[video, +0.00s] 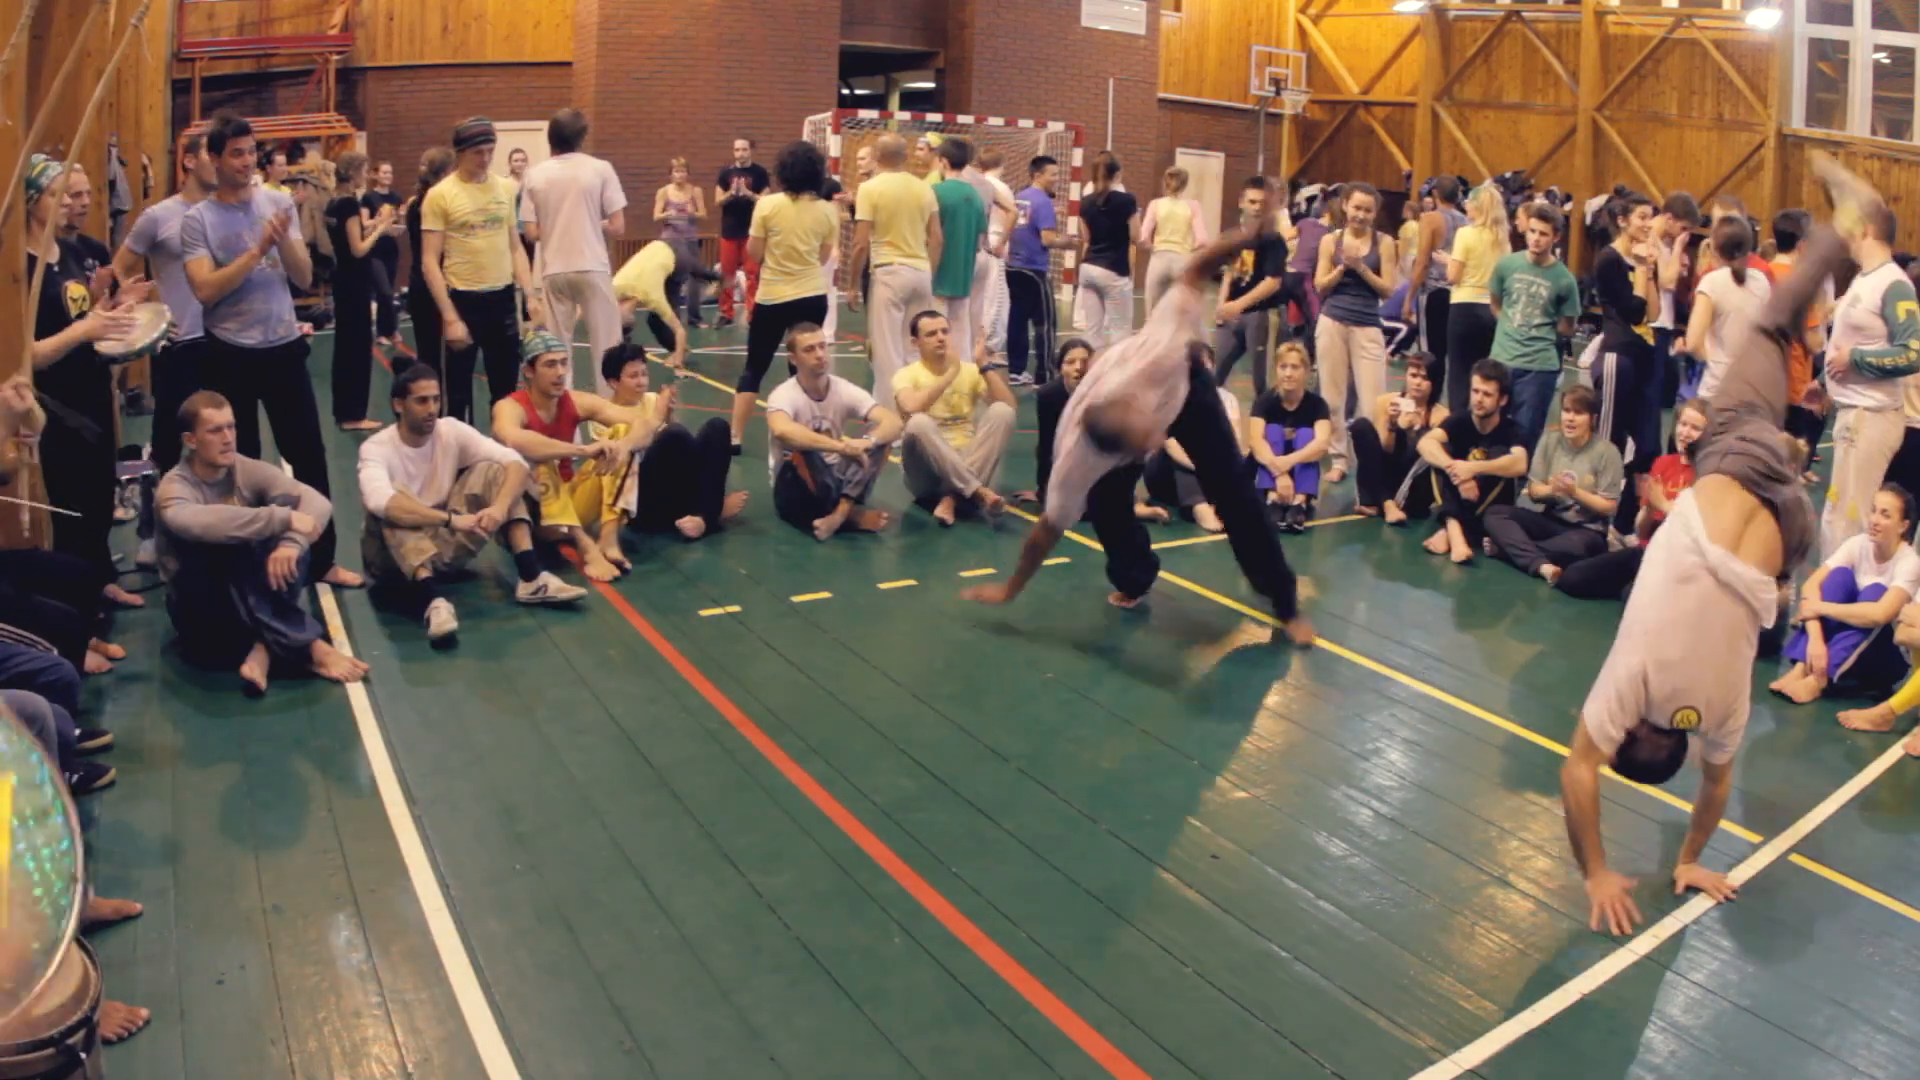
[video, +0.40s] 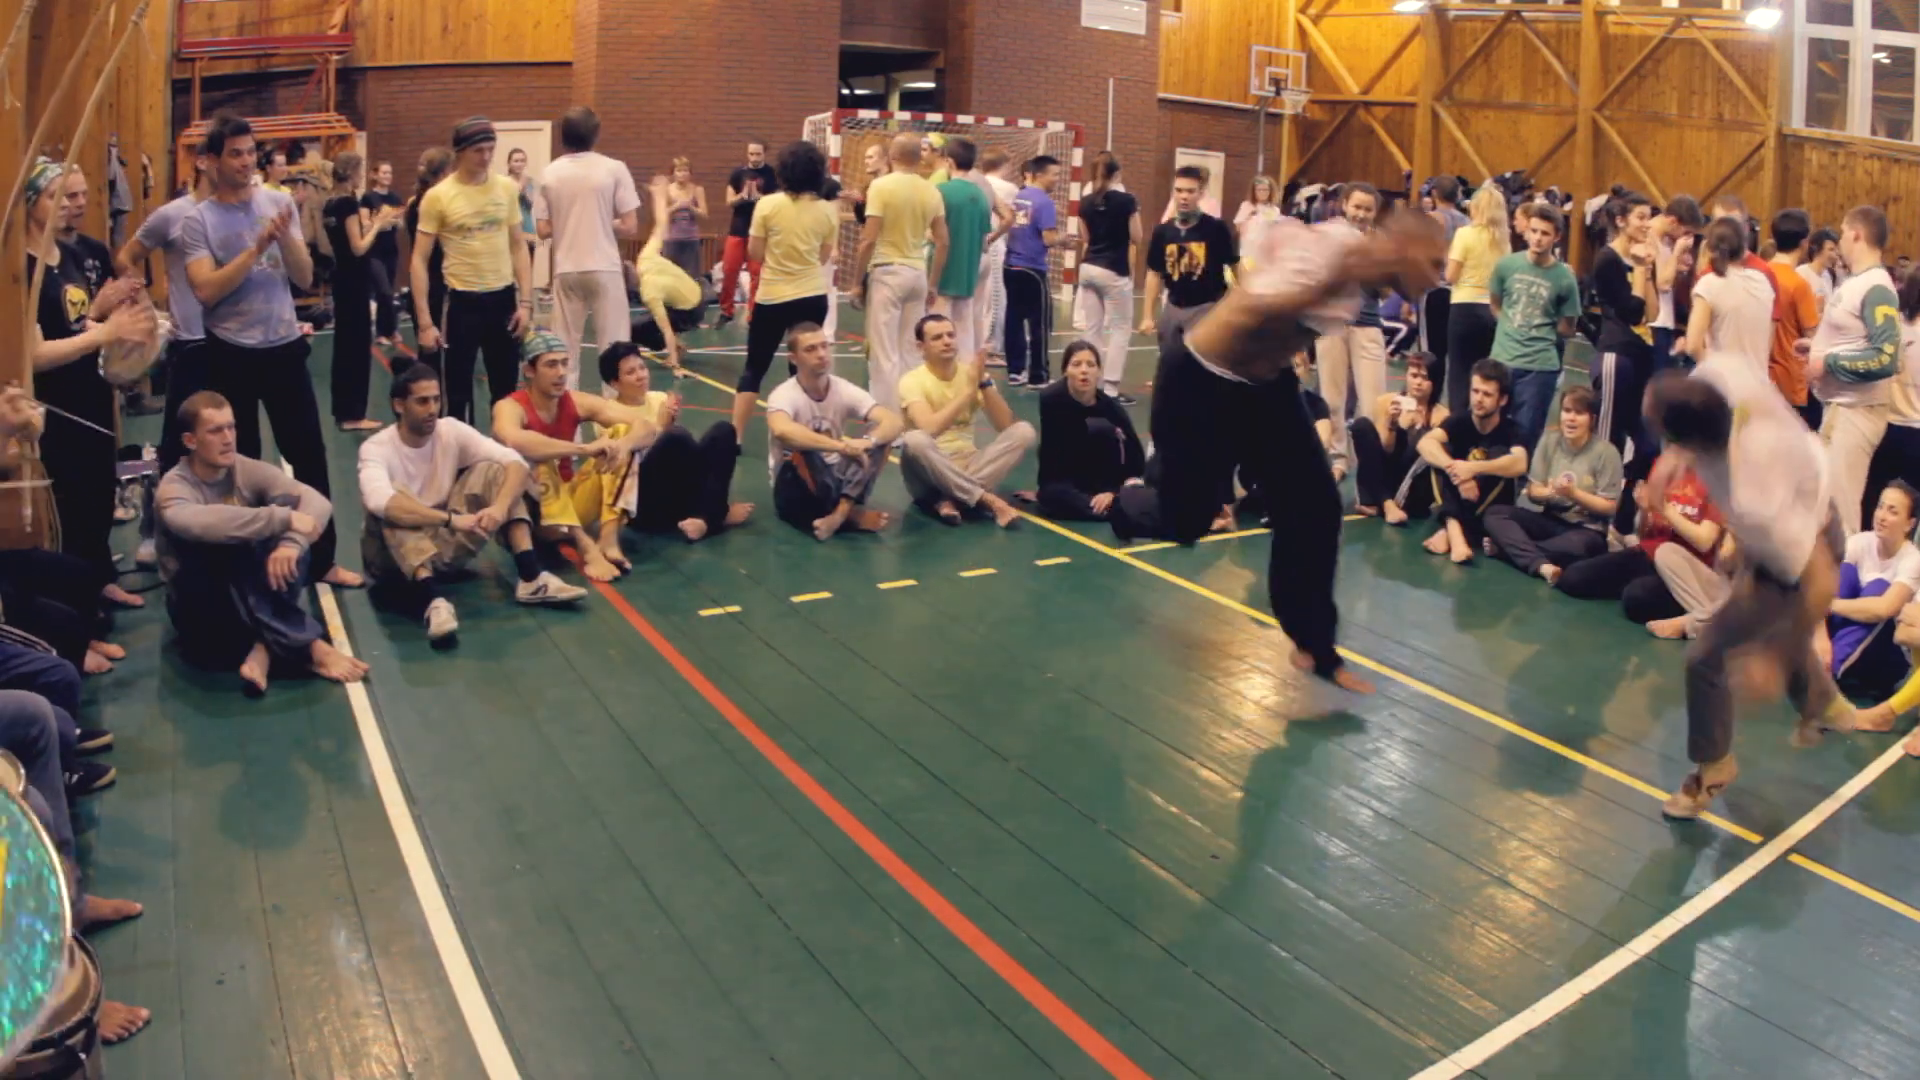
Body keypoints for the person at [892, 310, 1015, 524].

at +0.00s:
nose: (940, 338)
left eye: (944, 332)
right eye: (931, 334)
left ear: (950, 335)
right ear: (916, 342)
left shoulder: (969, 371)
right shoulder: (906, 376)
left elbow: (1008, 407)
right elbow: (911, 406)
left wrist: (985, 367)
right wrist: (950, 374)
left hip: (969, 475)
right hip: (926, 477)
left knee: (1003, 411)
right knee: (918, 423)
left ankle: (952, 497)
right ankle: (978, 490)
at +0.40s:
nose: (947, 342)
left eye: (951, 335)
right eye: (937, 338)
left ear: (957, 339)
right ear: (921, 346)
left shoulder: (970, 373)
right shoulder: (911, 382)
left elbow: (1005, 425)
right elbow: (929, 427)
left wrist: (985, 380)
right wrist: (969, 391)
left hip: (972, 466)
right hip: (932, 471)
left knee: (1024, 431)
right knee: (915, 441)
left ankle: (954, 499)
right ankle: (990, 501)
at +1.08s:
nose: (977, 348)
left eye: (975, 341)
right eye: (969, 342)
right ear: (947, 347)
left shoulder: (983, 378)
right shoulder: (916, 385)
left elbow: (1002, 432)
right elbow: (936, 441)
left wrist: (985, 386)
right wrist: (970, 400)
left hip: (974, 468)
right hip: (936, 470)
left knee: (1030, 442)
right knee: (911, 449)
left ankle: (952, 502)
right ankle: (986, 505)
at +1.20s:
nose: (979, 348)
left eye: (976, 341)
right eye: (972, 342)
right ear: (950, 348)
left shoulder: (980, 378)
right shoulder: (917, 386)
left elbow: (1005, 434)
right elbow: (934, 445)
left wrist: (993, 387)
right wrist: (959, 395)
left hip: (975, 466)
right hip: (937, 469)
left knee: (1031, 443)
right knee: (909, 454)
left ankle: (954, 503)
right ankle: (985, 505)